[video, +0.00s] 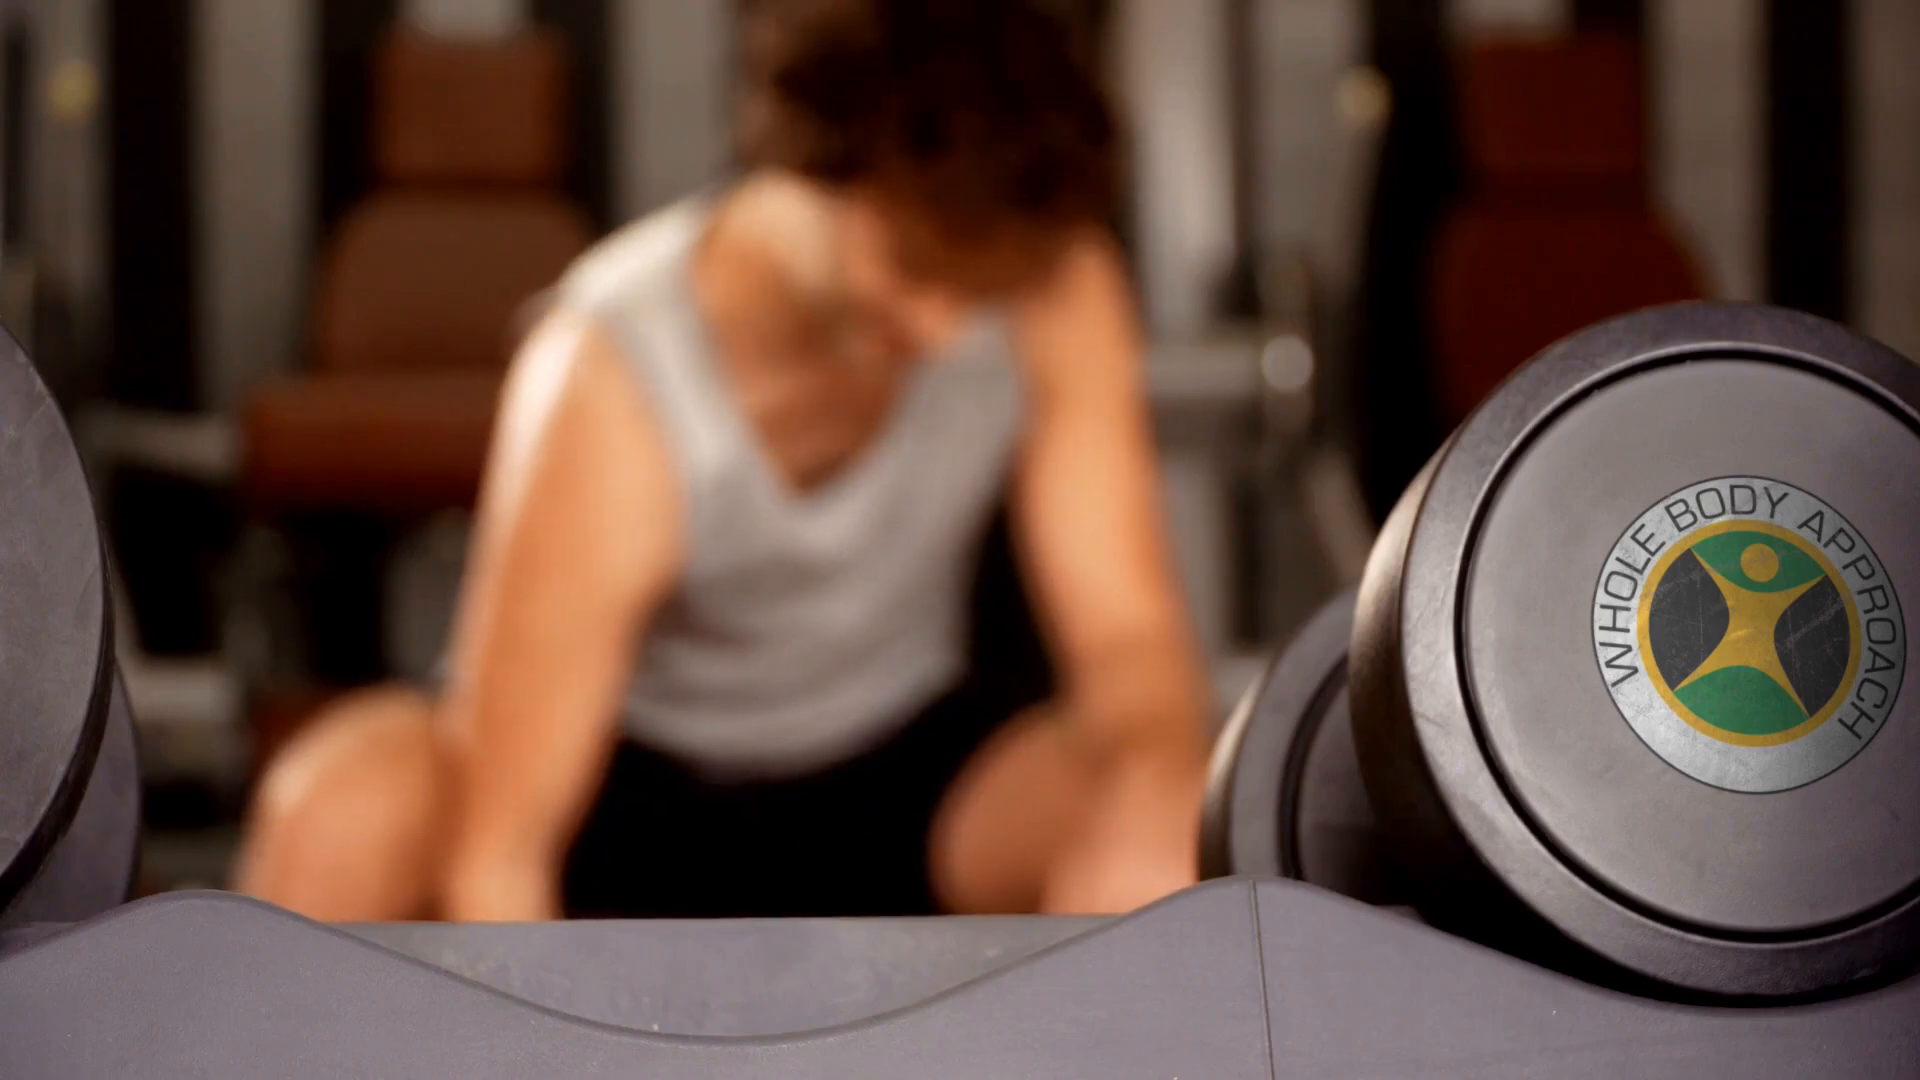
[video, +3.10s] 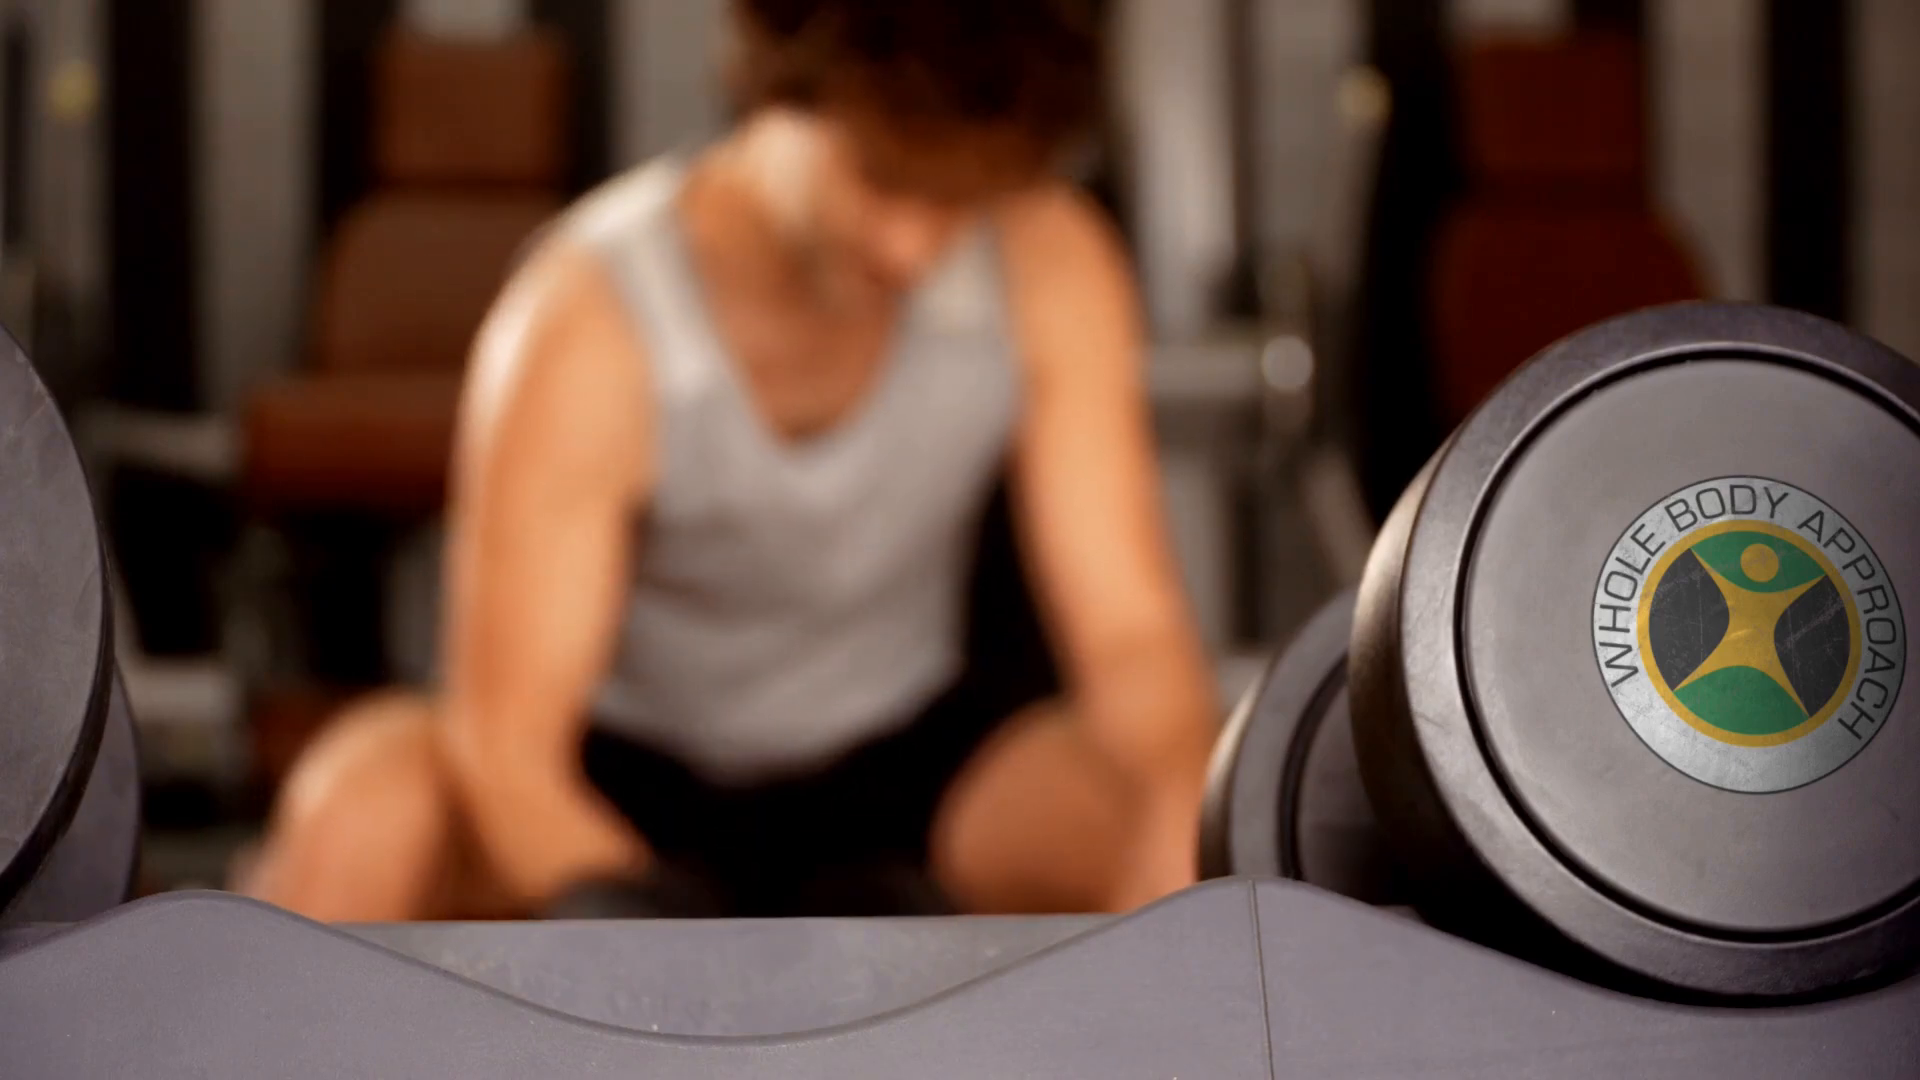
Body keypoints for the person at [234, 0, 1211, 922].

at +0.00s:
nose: (946, 332)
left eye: (991, 287)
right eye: (915, 276)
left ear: (1040, 244)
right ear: (827, 182)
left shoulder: (1049, 274)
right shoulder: (611, 374)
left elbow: (1129, 654)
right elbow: (502, 850)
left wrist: (1151, 852)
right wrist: (545, 1077)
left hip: (899, 789)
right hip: (625, 803)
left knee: (1157, 797)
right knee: (341, 791)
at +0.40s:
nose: (931, 301)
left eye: (983, 264)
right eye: (908, 243)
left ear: (1043, 222)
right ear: (826, 136)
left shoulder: (1058, 263)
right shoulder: (607, 319)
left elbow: (1131, 643)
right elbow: (510, 768)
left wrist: (1164, 845)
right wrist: (690, 1010)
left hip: (902, 782)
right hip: (629, 794)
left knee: (1177, 805)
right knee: (364, 785)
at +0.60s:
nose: (920, 303)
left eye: (971, 266)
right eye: (895, 246)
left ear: (1037, 226)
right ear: (813, 135)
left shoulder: (1052, 262)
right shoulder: (577, 313)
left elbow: (1134, 642)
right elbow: (513, 748)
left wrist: (1169, 857)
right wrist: (748, 868)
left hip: (904, 776)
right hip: (617, 776)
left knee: (1195, 782)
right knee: (366, 792)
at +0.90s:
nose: (887, 303)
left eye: (930, 264)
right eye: (863, 247)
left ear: (985, 209)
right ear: (769, 147)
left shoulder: (1015, 263)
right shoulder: (498, 316)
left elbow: (1121, 636)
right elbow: (514, 750)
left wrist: (1179, 871)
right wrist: (736, 712)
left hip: (897, 782)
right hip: (598, 790)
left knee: (1175, 805)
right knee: (354, 798)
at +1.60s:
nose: (894, 271)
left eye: (944, 232)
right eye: (869, 214)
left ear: (1003, 177)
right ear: (784, 115)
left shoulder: (1034, 257)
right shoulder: (545, 314)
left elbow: (1126, 638)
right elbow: (514, 740)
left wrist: (1194, 806)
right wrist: (840, 820)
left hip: (900, 793)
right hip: (609, 796)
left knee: (1192, 796)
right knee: (361, 784)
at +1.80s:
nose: (915, 281)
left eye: (969, 241)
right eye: (890, 219)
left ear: (1024, 193)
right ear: (803, 120)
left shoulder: (1053, 265)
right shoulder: (584, 313)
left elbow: (1133, 644)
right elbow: (520, 793)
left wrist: (1202, 819)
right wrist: (680, 1043)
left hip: (902, 780)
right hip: (623, 789)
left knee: (1194, 811)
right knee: (365, 799)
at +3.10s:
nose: (917, 247)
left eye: (966, 201)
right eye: (885, 186)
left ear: (1012, 161)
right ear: (784, 97)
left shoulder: (1045, 255)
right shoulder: (588, 310)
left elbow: (1130, 639)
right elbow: (506, 753)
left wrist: (1187, 852)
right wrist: (677, 961)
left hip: (903, 768)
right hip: (624, 779)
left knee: (1193, 817)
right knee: (362, 794)